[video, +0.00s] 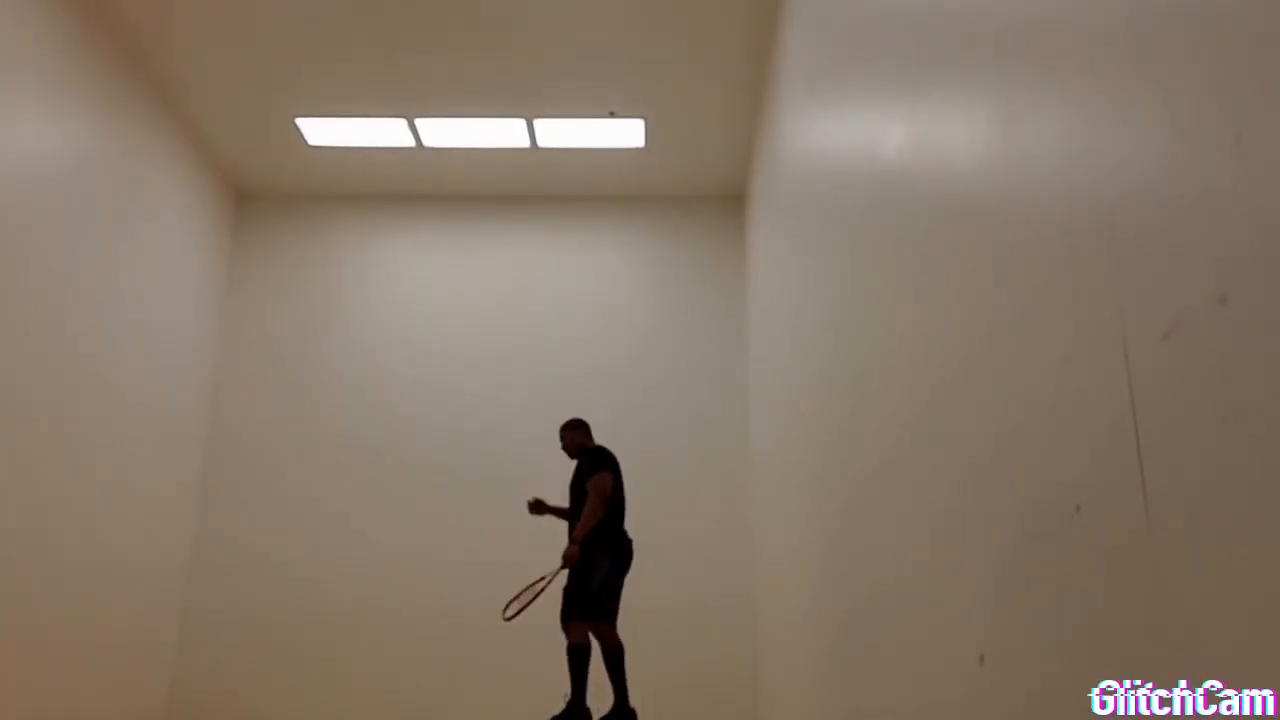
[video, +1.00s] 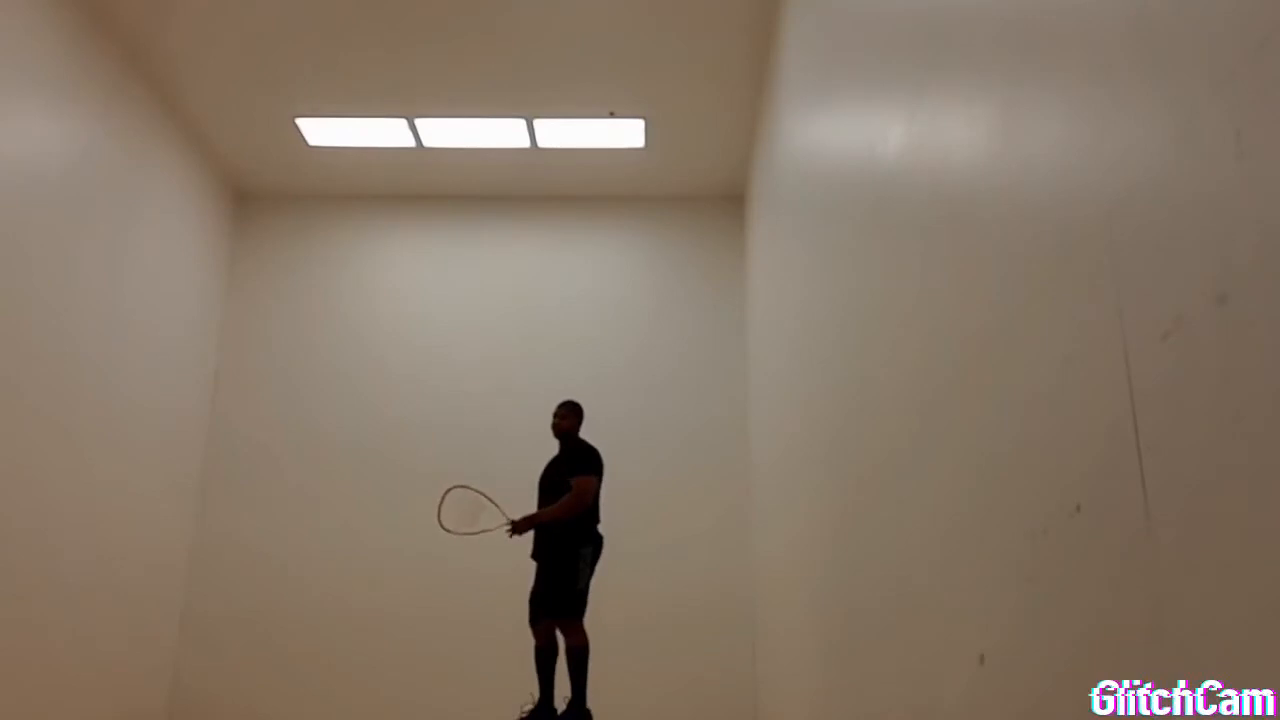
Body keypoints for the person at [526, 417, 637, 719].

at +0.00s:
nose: (564, 446)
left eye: (566, 440)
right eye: (562, 441)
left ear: (581, 436)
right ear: (581, 436)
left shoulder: (596, 458)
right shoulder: (585, 467)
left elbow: (599, 502)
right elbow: (582, 514)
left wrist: (576, 542)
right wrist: (549, 510)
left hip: (602, 551)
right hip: (596, 552)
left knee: (576, 624)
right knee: (602, 625)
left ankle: (577, 705)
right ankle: (623, 705)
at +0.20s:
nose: (559, 436)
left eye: (563, 431)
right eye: (558, 432)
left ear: (578, 430)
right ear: (573, 432)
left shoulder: (589, 458)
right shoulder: (581, 460)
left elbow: (591, 502)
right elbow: (580, 509)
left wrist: (568, 539)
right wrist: (564, 545)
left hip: (592, 550)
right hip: (592, 550)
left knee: (568, 622)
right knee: (594, 624)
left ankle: (576, 705)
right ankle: (620, 703)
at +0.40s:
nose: (557, 430)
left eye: (563, 424)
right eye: (556, 424)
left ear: (579, 425)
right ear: (562, 428)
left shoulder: (585, 455)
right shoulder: (574, 457)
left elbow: (580, 501)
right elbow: (571, 506)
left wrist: (551, 534)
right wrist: (554, 542)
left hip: (586, 549)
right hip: (575, 548)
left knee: (576, 623)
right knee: (570, 624)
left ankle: (616, 699)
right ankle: (576, 705)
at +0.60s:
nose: (556, 425)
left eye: (563, 421)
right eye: (556, 420)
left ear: (577, 424)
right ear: (560, 424)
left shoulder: (583, 455)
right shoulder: (574, 455)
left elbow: (571, 502)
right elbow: (566, 505)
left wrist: (533, 525)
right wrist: (536, 526)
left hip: (581, 551)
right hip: (575, 550)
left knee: (555, 618)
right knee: (562, 620)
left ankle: (593, 692)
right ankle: (585, 695)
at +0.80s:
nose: (557, 423)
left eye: (564, 418)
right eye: (557, 418)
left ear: (579, 422)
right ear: (560, 422)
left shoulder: (584, 455)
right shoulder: (567, 457)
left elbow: (573, 497)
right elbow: (564, 503)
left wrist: (534, 516)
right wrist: (534, 518)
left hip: (579, 552)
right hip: (561, 553)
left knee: (571, 623)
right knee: (543, 621)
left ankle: (578, 704)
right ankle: (552, 702)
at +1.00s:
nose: (557, 422)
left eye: (565, 417)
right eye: (556, 417)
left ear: (578, 423)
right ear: (553, 423)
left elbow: (580, 500)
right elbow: (557, 506)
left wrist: (534, 519)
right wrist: (540, 540)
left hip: (577, 550)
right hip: (553, 552)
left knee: (570, 621)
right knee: (541, 621)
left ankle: (578, 704)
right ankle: (545, 703)